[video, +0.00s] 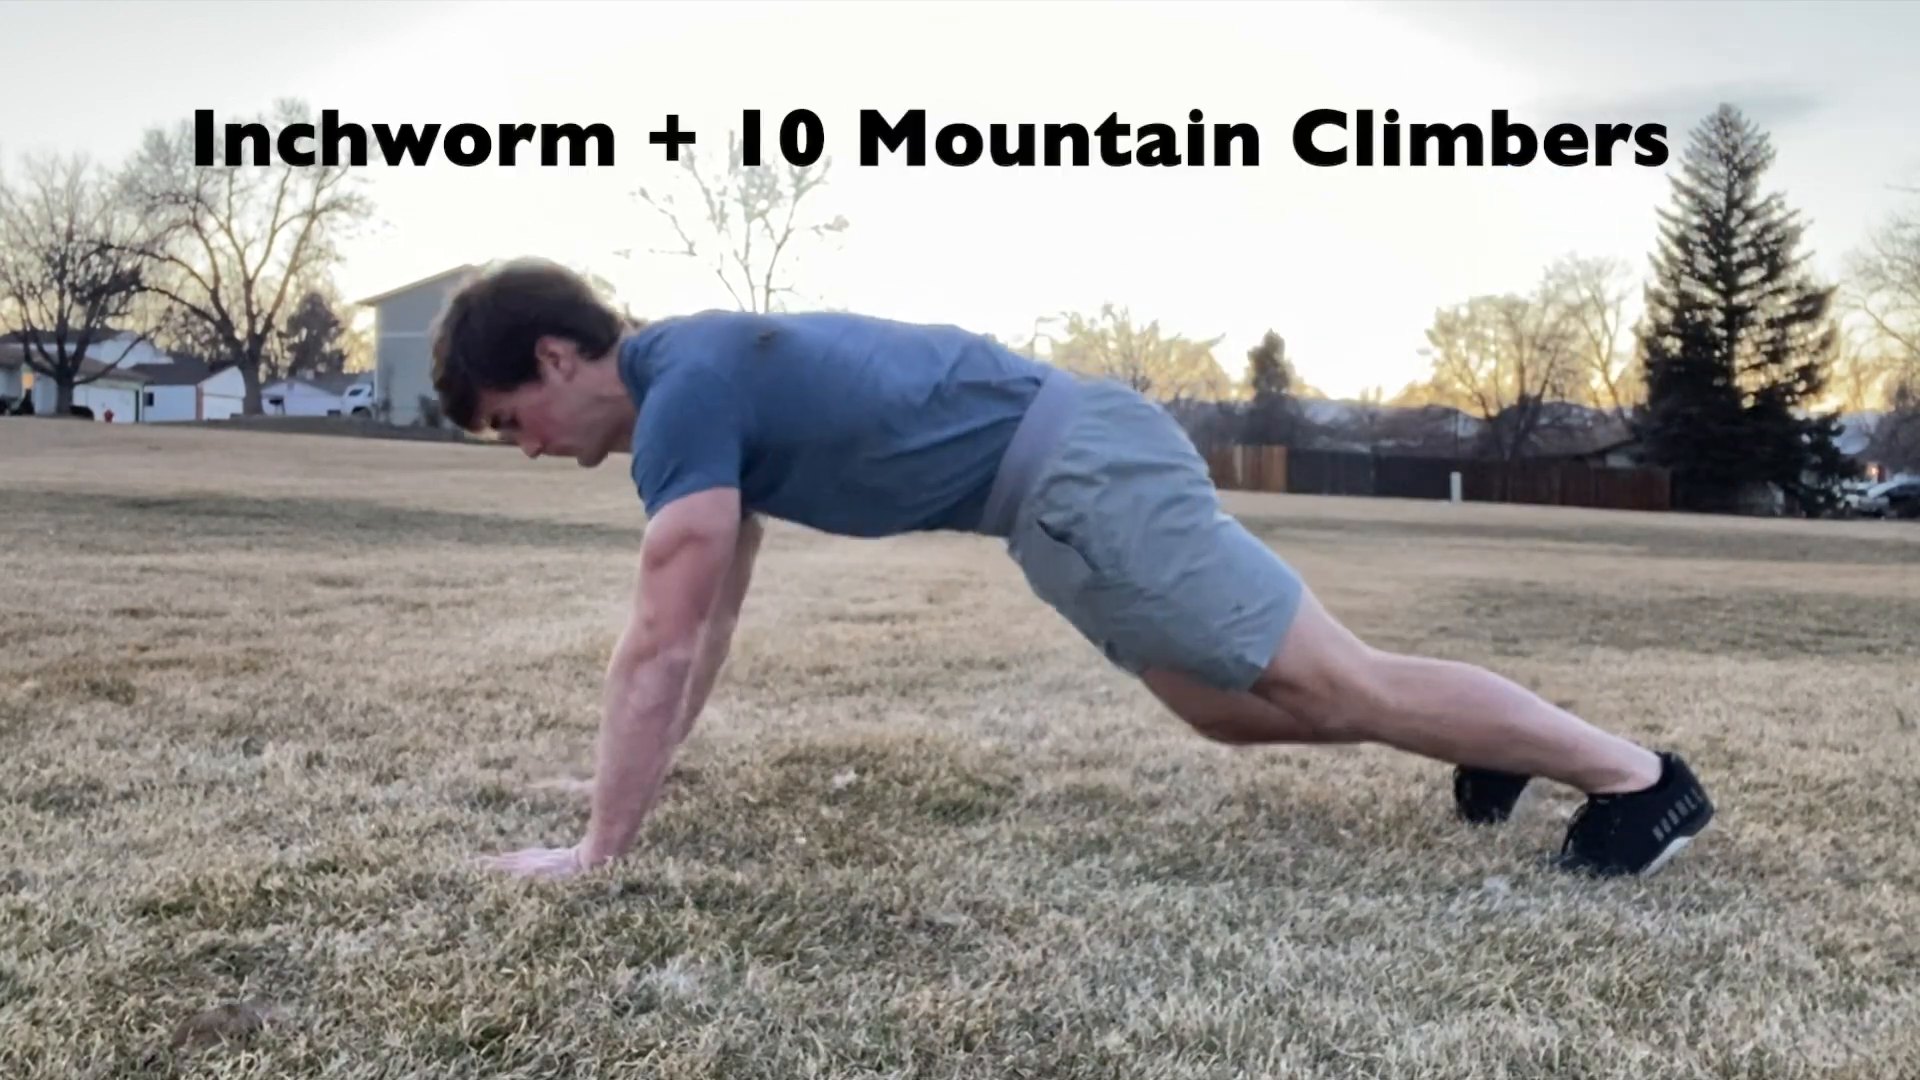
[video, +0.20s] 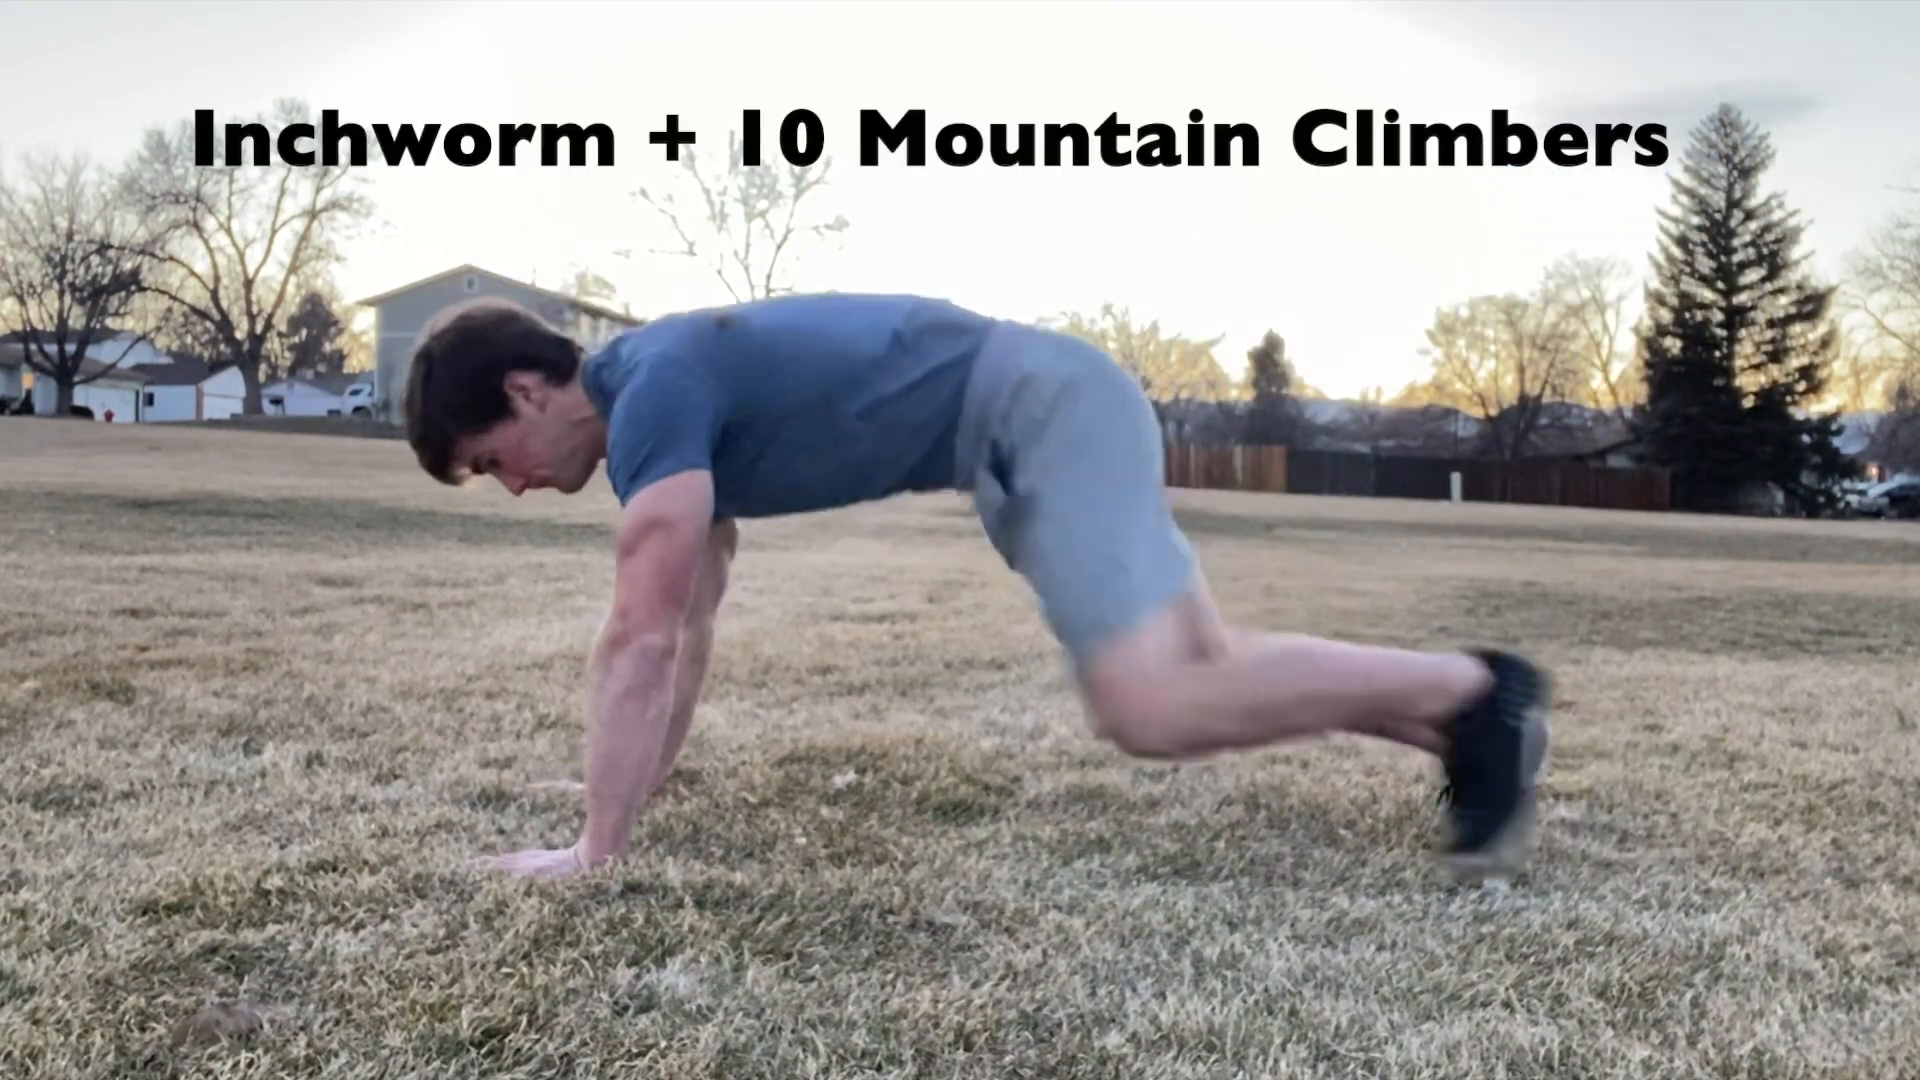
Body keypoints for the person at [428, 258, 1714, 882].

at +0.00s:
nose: (524, 448)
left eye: (513, 419)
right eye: (506, 432)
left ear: (557, 359)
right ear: (567, 357)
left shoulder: (689, 376)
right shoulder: (701, 389)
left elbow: (663, 649)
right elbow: (698, 634)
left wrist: (595, 851)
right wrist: (631, 788)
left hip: (1079, 465)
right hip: (1053, 488)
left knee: (1333, 680)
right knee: (1235, 709)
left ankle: (1642, 779)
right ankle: (1508, 734)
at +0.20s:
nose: (509, 484)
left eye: (493, 458)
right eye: (488, 474)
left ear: (531, 389)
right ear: (540, 392)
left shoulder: (661, 384)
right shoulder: (670, 405)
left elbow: (640, 635)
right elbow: (682, 637)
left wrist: (592, 849)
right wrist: (626, 804)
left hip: (1042, 399)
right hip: (1027, 420)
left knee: (1153, 706)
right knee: (1186, 666)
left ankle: (1472, 693)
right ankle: (1450, 712)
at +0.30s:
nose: (506, 484)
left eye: (487, 459)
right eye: (483, 474)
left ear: (520, 393)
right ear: (526, 397)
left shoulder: (651, 374)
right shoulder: (651, 398)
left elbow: (638, 626)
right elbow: (674, 624)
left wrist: (597, 842)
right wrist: (628, 792)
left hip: (1014, 338)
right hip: (1019, 370)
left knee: (925, 566)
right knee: (1237, 576)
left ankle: (1225, 705)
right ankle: (1491, 716)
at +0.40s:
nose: (509, 481)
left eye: (489, 455)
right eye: (485, 470)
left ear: (521, 387)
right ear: (525, 394)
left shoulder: (651, 365)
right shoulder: (653, 392)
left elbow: (634, 629)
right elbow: (661, 630)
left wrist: (594, 843)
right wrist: (614, 807)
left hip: (1016, 340)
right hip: (1028, 389)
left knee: (774, 415)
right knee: (1246, 565)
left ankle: (900, 748)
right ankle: (1521, 682)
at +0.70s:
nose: (478, 502)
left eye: (456, 480)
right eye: (454, 494)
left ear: (481, 406)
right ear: (487, 410)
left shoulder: (627, 363)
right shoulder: (617, 399)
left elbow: (629, 630)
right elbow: (637, 638)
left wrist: (598, 844)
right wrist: (620, 826)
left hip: (981, 341)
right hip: (993, 385)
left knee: (769, 495)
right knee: (1180, 609)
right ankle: (1465, 727)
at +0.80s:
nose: (464, 503)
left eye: (443, 480)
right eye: (440, 495)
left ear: (464, 404)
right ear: (469, 402)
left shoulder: (594, 371)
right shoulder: (602, 376)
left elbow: (618, 620)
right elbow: (646, 600)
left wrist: (596, 842)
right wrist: (641, 780)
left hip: (947, 299)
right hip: (975, 302)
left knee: (918, 612)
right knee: (1028, 603)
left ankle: (1230, 675)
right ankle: (1306, 674)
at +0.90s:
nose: (465, 491)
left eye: (444, 469)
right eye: (442, 485)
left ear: (469, 397)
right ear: (473, 400)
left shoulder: (592, 369)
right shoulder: (619, 379)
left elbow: (614, 622)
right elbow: (654, 607)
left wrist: (595, 847)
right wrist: (643, 772)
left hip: (964, 340)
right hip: (917, 366)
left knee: (1109, 664)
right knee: (855, 551)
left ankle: (1419, 617)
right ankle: (1082, 679)